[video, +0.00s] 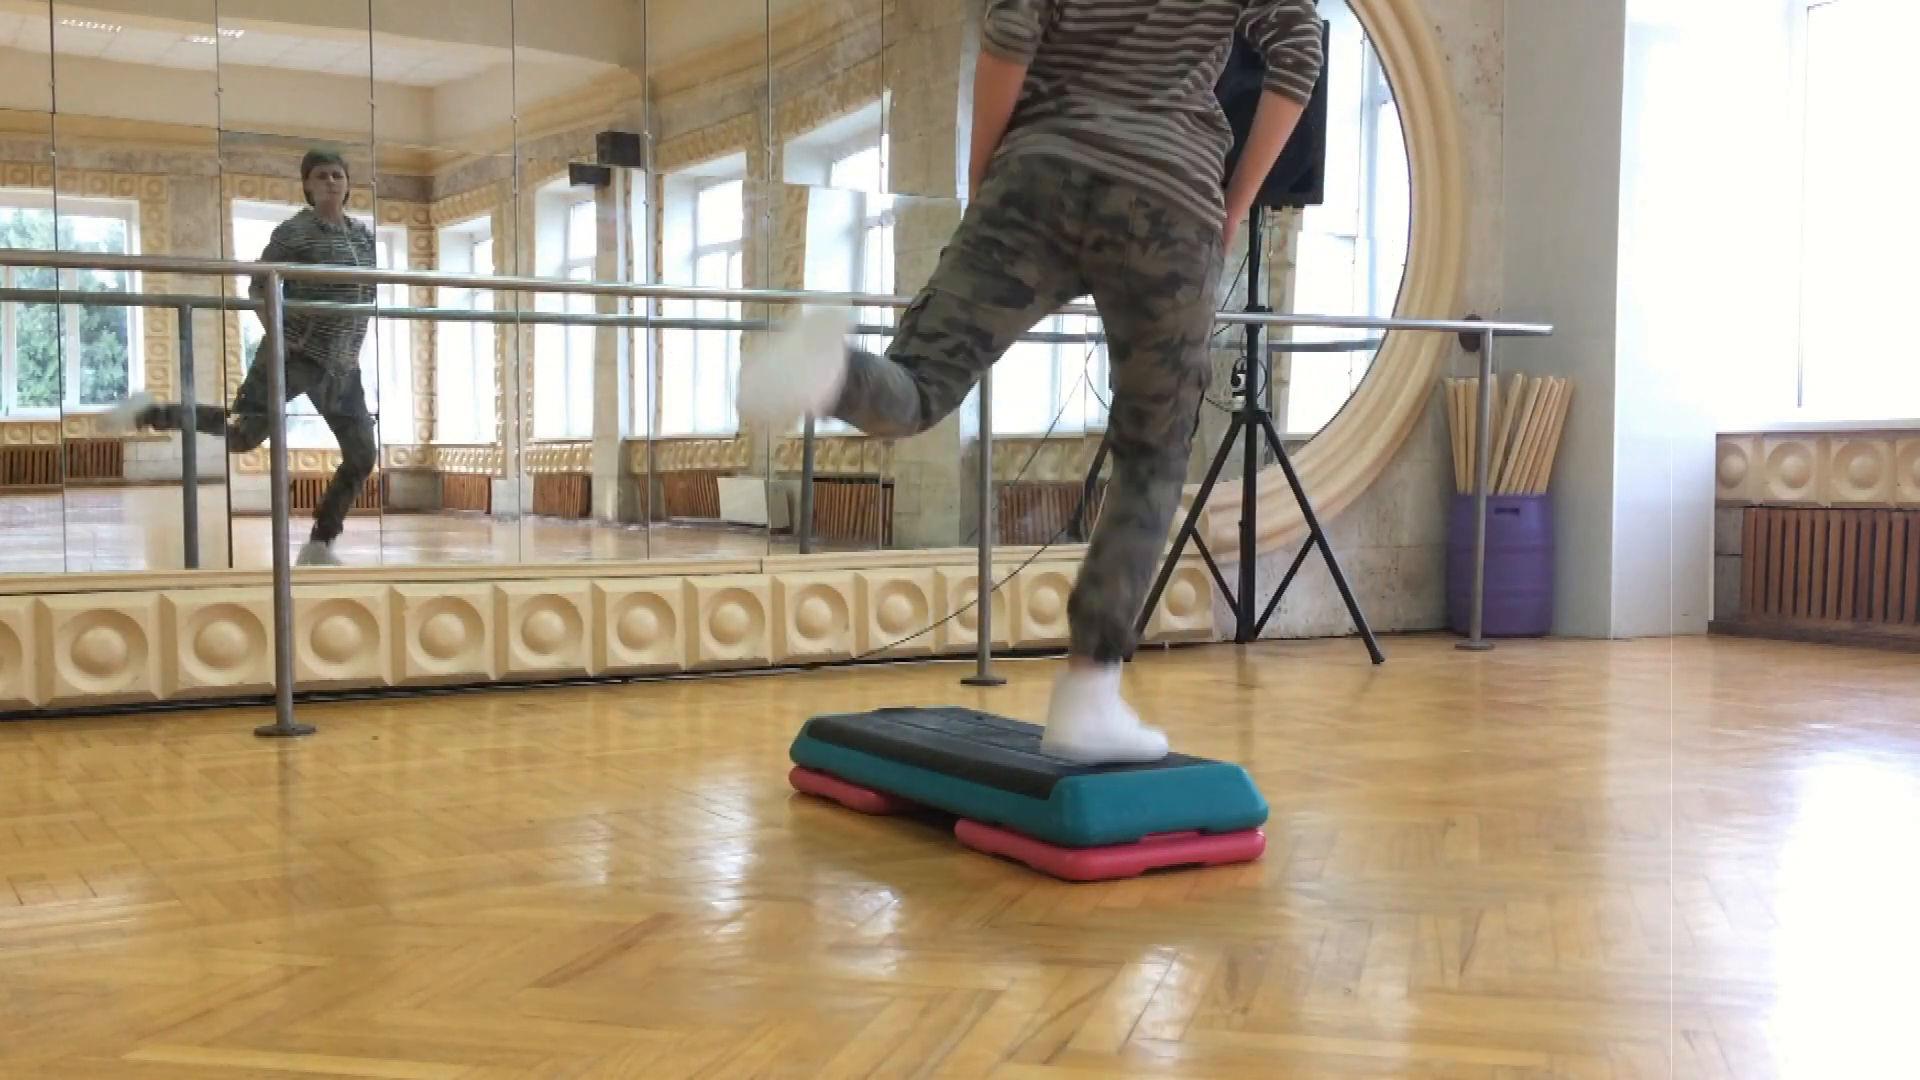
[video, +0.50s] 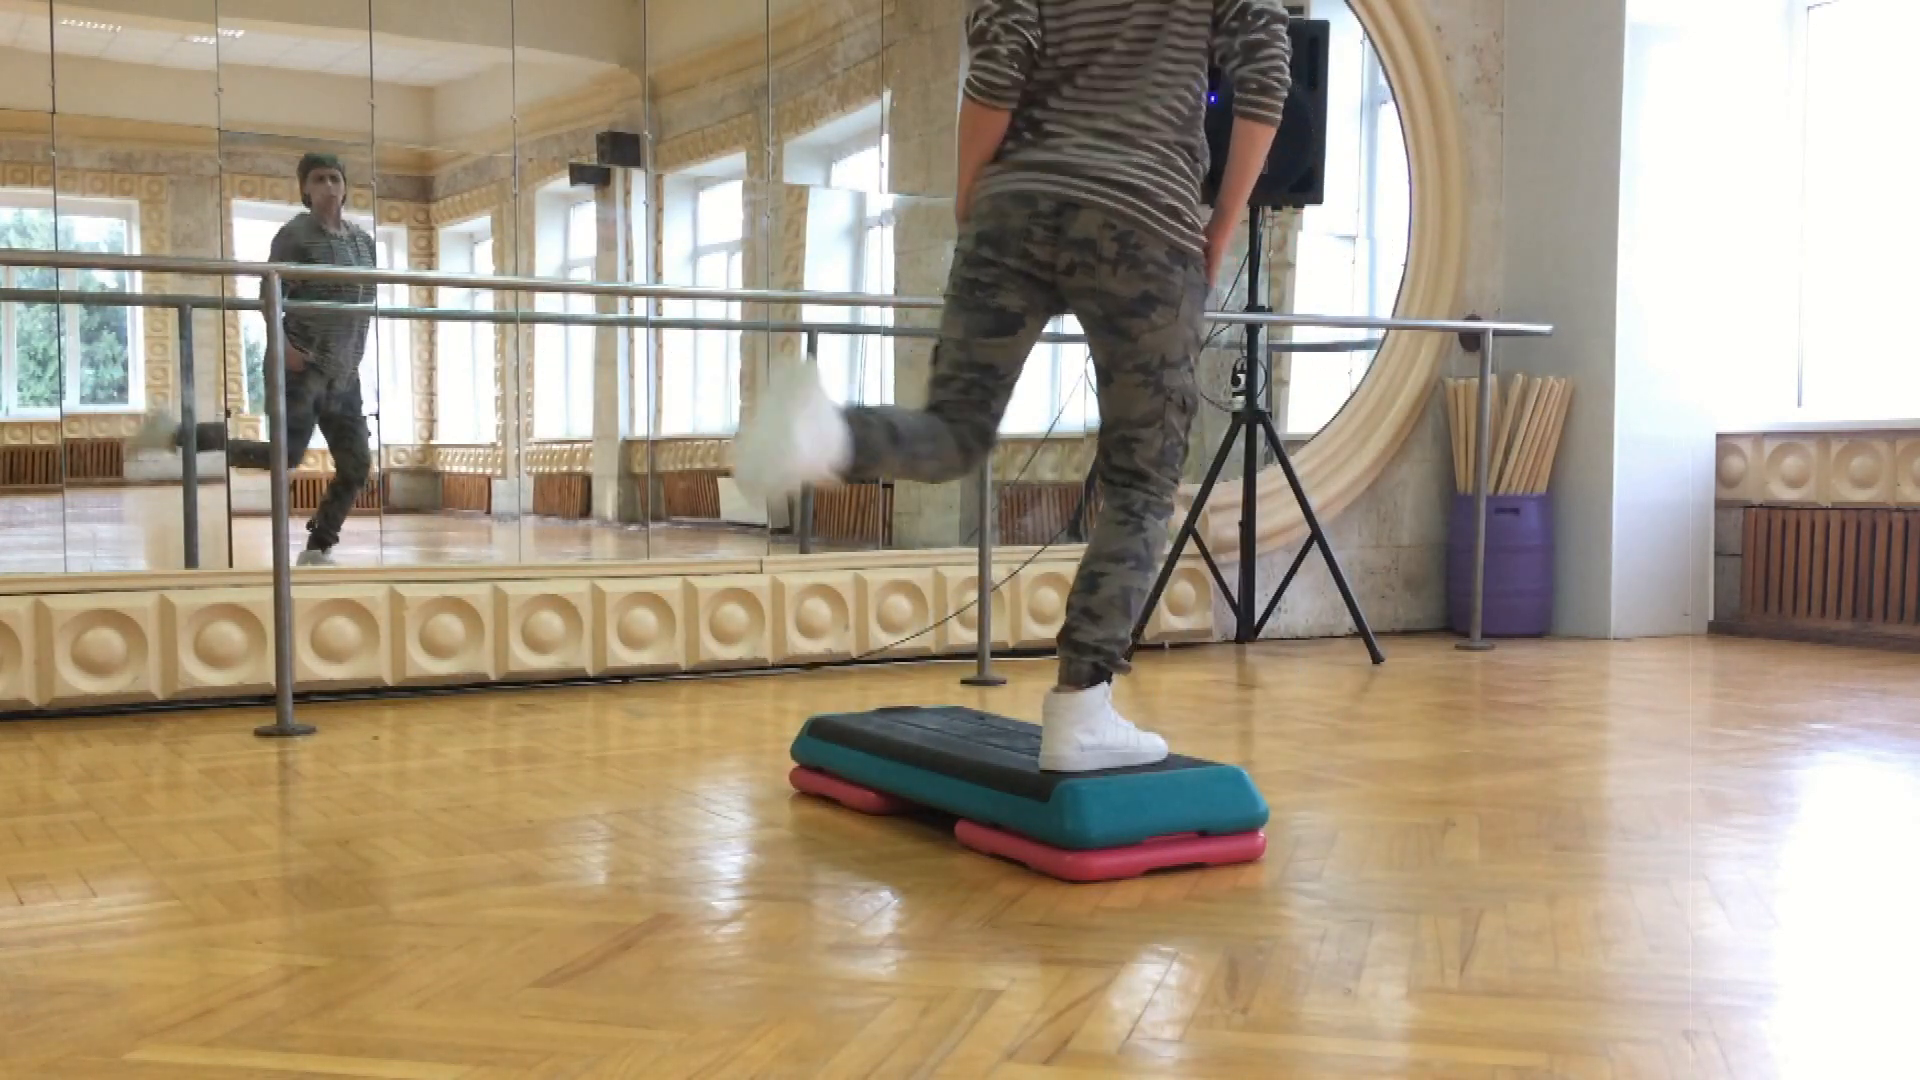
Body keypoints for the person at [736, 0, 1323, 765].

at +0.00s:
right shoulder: (1255, 2)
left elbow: (1007, 37)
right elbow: (1298, 55)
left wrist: (982, 188)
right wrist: (1236, 205)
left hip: (1042, 159)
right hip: (1171, 186)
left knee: (918, 384)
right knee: (1149, 460)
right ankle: (1086, 702)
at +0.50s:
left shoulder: (1024, 1)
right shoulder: (1235, 5)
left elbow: (996, 69)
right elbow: (1264, 86)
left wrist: (970, 207)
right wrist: (1221, 232)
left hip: (1017, 191)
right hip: (1146, 214)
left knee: (955, 429)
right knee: (1139, 483)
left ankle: (825, 435)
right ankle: (1079, 712)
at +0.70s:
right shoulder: (1210, 5)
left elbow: (959, 28)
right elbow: (1219, 68)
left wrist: (955, 169)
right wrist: (1187, 216)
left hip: (994, 165)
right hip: (1127, 177)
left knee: (1015, 409)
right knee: (1108, 449)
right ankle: (1078, 706)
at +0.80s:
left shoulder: (981, 1)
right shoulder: (1196, 4)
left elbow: (954, 65)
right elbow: (1217, 81)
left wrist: (950, 201)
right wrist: (1191, 236)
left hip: (990, 194)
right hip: (1118, 197)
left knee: (1014, 448)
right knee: (1113, 464)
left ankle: (1004, 690)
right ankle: (1079, 710)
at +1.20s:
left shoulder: (950, 2)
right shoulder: (1150, 3)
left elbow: (918, 99)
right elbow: (1182, 105)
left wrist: (919, 236)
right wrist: (1165, 242)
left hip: (967, 235)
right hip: (1087, 238)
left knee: (1010, 470)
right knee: (1087, 475)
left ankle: (1010, 712)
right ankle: (1061, 712)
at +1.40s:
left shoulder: (939, 2)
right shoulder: (1152, 6)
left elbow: (917, 76)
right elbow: (1167, 83)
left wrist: (919, 205)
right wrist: (1150, 223)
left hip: (964, 206)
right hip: (1087, 207)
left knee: (998, 425)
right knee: (1076, 455)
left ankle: (986, 638)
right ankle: (1059, 703)